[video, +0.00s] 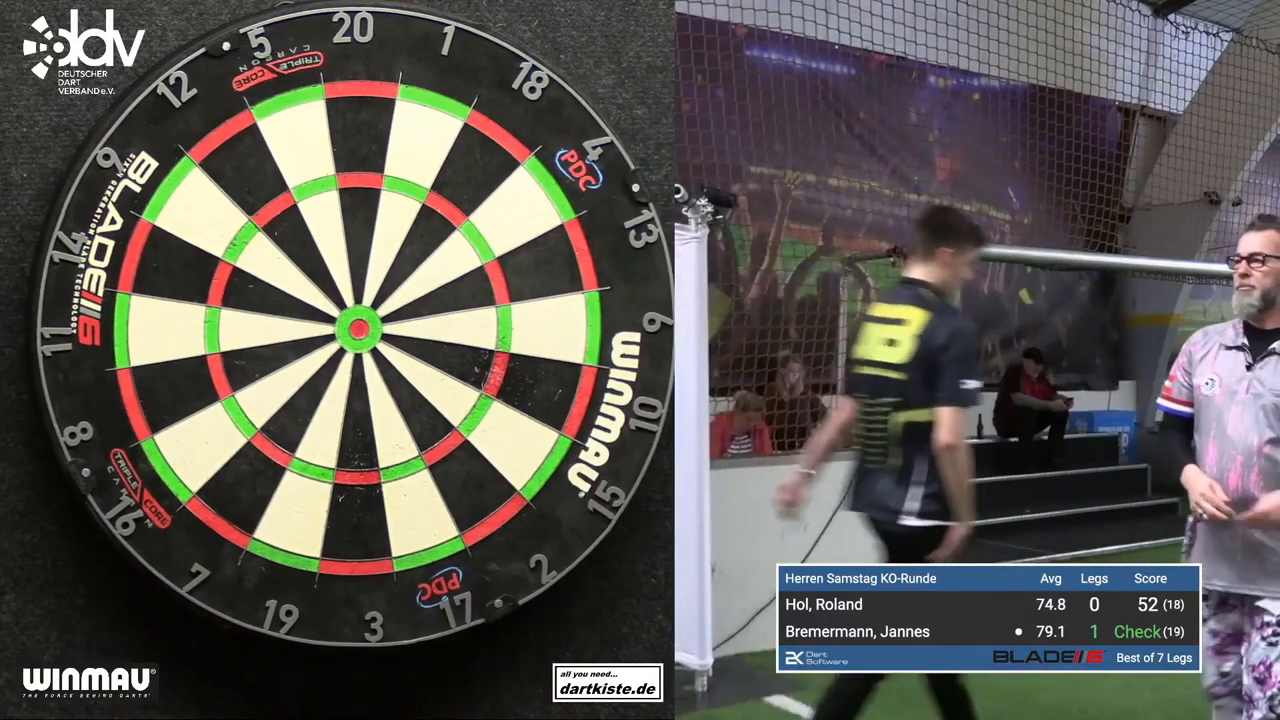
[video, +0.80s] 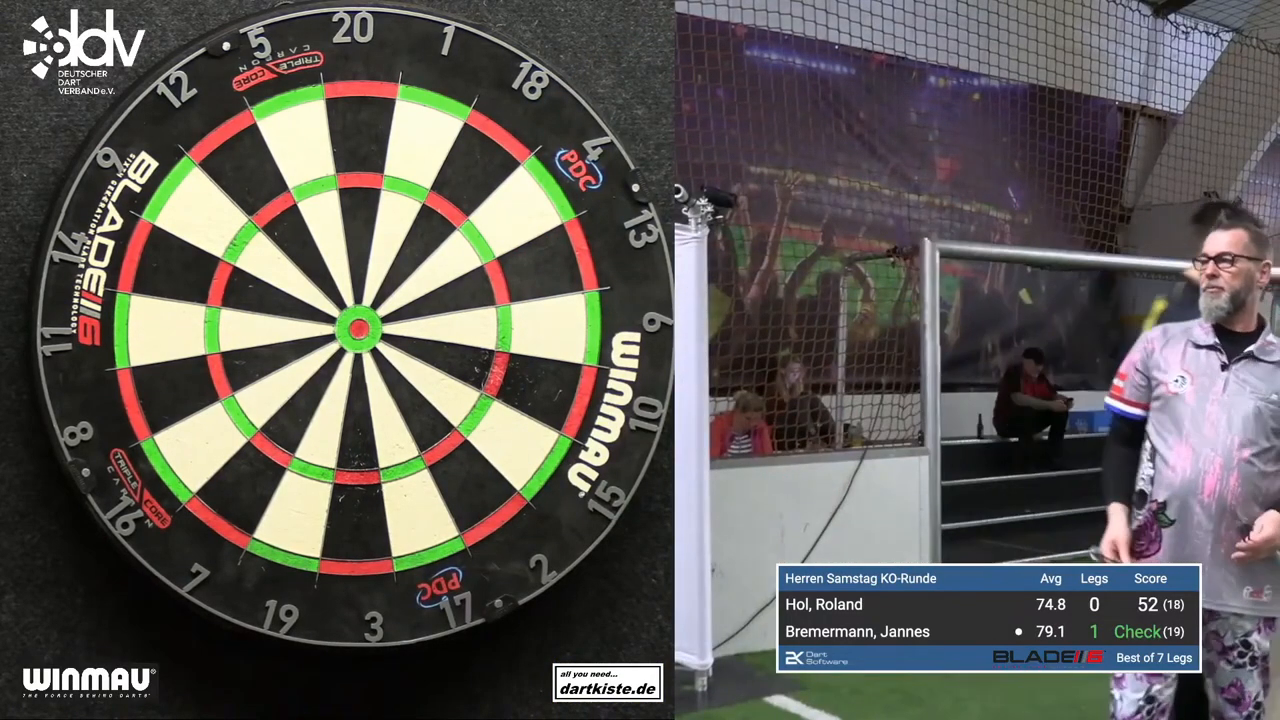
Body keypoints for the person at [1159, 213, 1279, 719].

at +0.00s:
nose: (1241, 269)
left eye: (1258, 260)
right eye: (1238, 260)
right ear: (1233, 268)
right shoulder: (1202, 345)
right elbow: (1170, 432)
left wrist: (1278, 501)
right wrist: (1189, 475)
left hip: (1274, 568)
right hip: (1212, 563)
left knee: (1266, 699)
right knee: (1220, 693)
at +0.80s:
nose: (1210, 269)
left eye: (1227, 260)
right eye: (1205, 260)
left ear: (1264, 274)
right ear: (1196, 270)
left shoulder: (1277, 360)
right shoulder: (1157, 345)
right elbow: (1122, 437)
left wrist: (1279, 515)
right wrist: (1118, 513)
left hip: (1247, 586)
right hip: (1154, 580)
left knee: (1239, 712)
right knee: (1136, 710)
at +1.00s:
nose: (1090, 195)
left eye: (1107, 184)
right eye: (1085, 186)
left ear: (1149, 198)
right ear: (1079, 200)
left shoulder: (1192, 303)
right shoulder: (1048, 295)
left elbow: (1227, 419)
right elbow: (1016, 409)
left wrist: (1181, 506)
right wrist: (1017, 507)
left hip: (1153, 534)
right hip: (1069, 532)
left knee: (1140, 691)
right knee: (1073, 686)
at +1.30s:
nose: (1039, 189)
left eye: (1056, 176)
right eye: (1034, 180)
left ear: (1101, 189)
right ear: (1028, 194)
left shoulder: (1152, 289)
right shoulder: (1005, 297)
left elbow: (1199, 400)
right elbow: (972, 425)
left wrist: (1178, 497)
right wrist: (940, 541)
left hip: (1136, 535)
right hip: (1052, 538)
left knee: (1139, 698)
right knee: (1056, 700)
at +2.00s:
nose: (1012, 186)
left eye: (1030, 172)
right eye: (1008, 176)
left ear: (1074, 186)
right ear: (1004, 190)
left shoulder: (1131, 289)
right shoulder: (979, 299)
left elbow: (1171, 411)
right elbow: (953, 431)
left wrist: (1141, 508)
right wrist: (995, 535)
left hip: (1125, 543)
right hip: (1034, 551)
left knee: (1136, 697)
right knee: (1048, 700)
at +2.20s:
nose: (1042, 188)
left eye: (1059, 175)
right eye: (1035, 179)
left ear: (1102, 189)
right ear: (1028, 193)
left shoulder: (1148, 295)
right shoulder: (996, 293)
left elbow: (1182, 418)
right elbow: (945, 404)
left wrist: (1148, 502)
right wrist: (1031, 454)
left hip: (1132, 537)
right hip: (1040, 538)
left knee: (1142, 695)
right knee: (1052, 696)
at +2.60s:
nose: (1117, 197)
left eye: (1133, 184)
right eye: (1107, 187)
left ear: (1169, 196)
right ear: (1098, 202)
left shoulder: (1205, 304)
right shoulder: (1063, 287)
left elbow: (1247, 419)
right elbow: (973, 370)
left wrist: (1224, 505)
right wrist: (1054, 438)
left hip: (1180, 542)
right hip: (1088, 540)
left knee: (1206, 700)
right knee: (1080, 699)